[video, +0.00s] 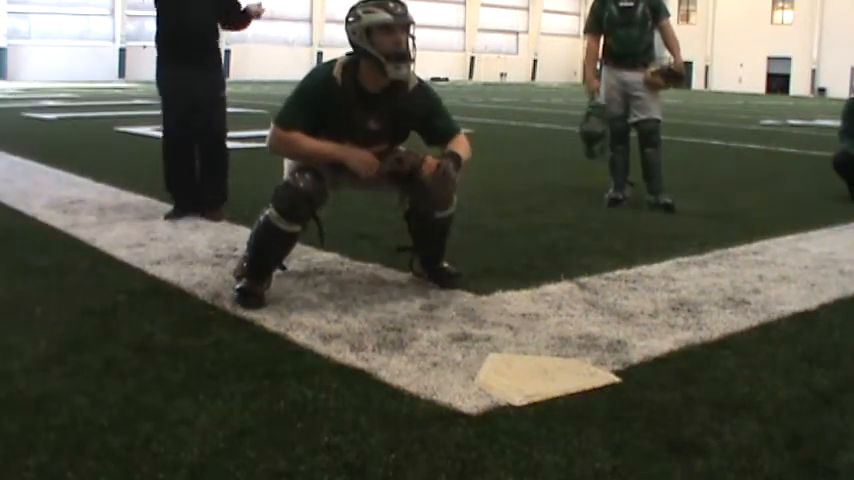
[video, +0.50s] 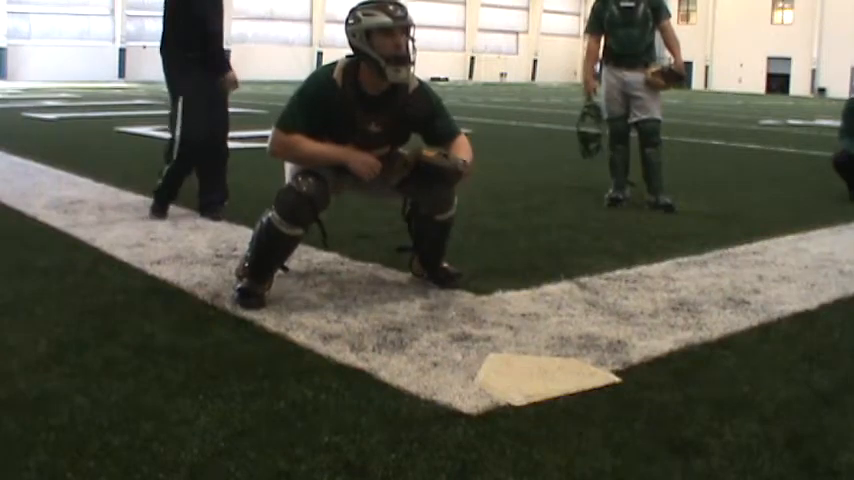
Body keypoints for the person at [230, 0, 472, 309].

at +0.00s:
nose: (401, 42)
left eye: (404, 32)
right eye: (388, 32)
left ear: (409, 35)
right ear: (363, 38)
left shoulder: (412, 90)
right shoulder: (325, 80)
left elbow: (459, 141)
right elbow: (279, 139)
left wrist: (448, 163)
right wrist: (346, 154)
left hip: (379, 164)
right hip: (321, 161)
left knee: (436, 179)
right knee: (302, 189)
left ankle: (430, 263)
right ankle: (253, 277)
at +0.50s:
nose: (400, 44)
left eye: (403, 35)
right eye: (388, 36)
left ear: (409, 37)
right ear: (362, 41)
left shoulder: (413, 92)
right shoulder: (325, 83)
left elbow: (456, 140)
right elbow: (280, 143)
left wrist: (456, 164)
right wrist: (348, 157)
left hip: (382, 166)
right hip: (322, 165)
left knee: (436, 181)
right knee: (305, 193)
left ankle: (430, 264)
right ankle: (254, 278)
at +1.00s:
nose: (400, 64)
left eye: (407, 55)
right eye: (392, 54)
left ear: (417, 51)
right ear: (369, 44)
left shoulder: (418, 79)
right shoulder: (328, 64)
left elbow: (424, 140)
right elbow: (315, 143)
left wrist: (409, 197)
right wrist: (352, 206)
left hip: (366, 158)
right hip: (313, 153)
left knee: (433, 206)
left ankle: (412, 255)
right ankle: (250, 261)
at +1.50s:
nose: (358, 98)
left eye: (365, 90)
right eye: (348, 90)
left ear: (377, 75)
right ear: (327, 74)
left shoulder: (387, 89)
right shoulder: (289, 93)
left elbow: (402, 131)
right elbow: (247, 124)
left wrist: (389, 163)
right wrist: (291, 166)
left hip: (375, 192)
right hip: (318, 197)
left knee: (431, 281)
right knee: (290, 297)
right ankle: (251, 264)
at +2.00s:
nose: (491, 23)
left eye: (493, 13)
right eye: (479, 15)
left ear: (495, 12)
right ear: (449, 16)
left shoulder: (504, 54)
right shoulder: (412, 50)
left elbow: (568, 88)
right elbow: (335, 88)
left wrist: (520, 103)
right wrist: (364, 76)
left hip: (462, 177)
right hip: (394, 177)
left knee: (520, 200)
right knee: (325, 275)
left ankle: (475, 299)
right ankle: (255, 262)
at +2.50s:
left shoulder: (640, 3)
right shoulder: (561, 7)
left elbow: (649, 34)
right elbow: (520, 38)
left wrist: (599, 56)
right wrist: (471, 33)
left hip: (643, 124)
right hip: (588, 121)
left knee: (605, 236)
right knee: (498, 193)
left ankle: (703, 340)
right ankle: (500, 298)